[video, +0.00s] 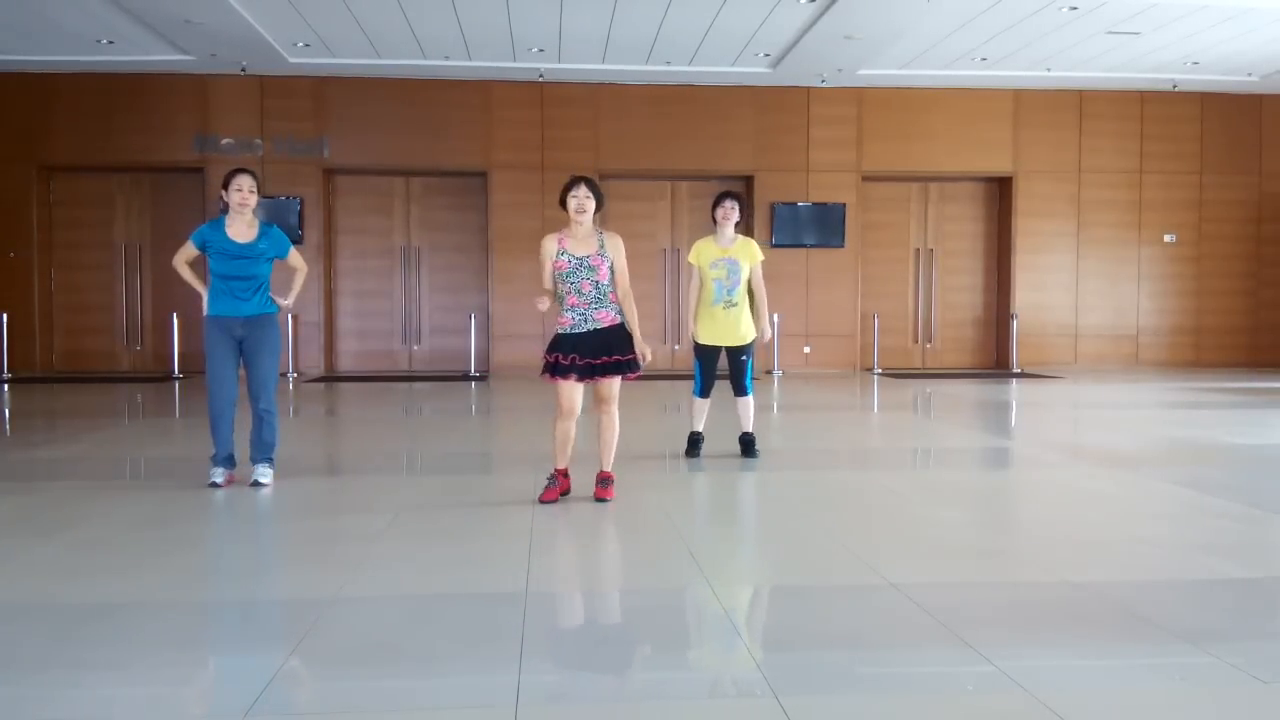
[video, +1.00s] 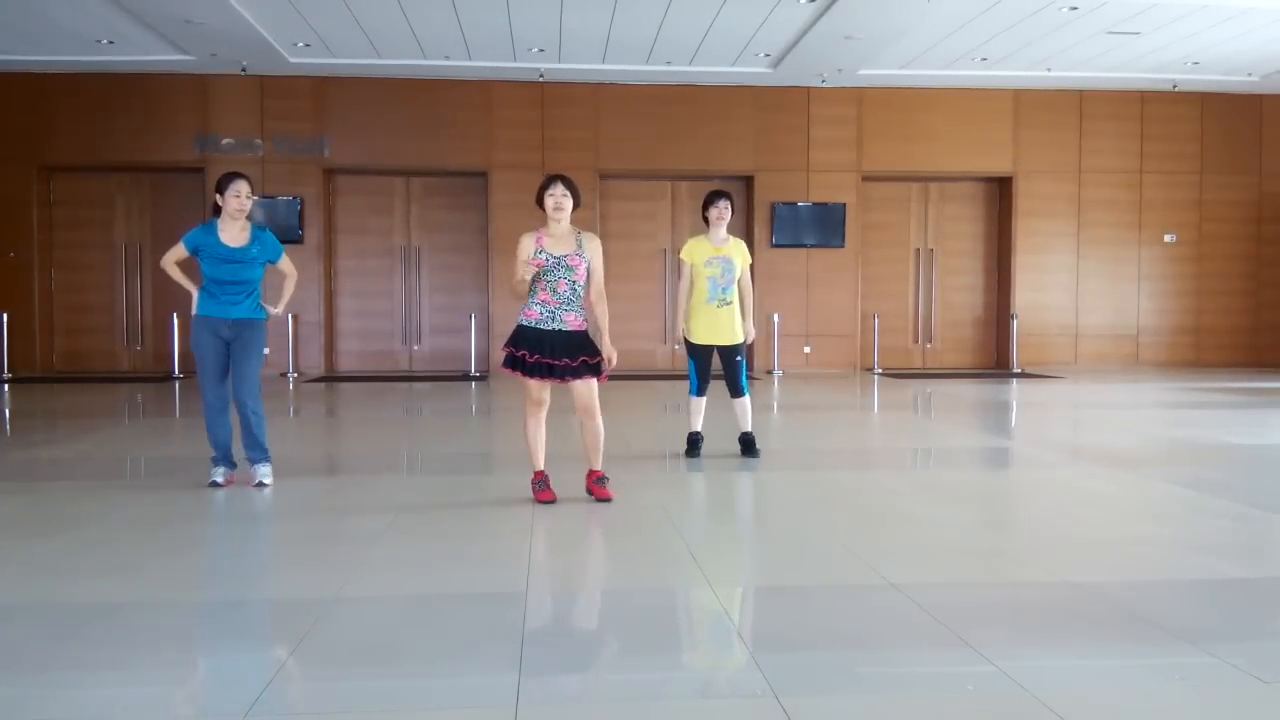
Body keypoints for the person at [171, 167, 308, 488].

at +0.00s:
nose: (245, 195)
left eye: (251, 191)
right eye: (238, 190)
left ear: (258, 197)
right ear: (225, 195)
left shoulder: (271, 234)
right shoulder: (210, 231)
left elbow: (301, 267)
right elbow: (178, 261)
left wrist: (289, 299)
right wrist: (203, 291)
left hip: (262, 322)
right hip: (219, 323)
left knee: (263, 397)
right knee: (221, 396)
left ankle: (263, 463)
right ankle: (222, 464)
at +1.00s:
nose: (243, 202)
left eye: (247, 197)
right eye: (236, 196)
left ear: (253, 201)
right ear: (220, 199)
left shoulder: (262, 237)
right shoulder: (203, 234)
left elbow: (291, 274)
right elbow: (166, 261)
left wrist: (280, 307)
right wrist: (193, 289)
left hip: (250, 324)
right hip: (208, 324)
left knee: (247, 396)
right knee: (214, 397)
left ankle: (260, 463)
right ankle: (222, 464)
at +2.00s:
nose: (264, 200)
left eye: (264, 194)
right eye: (258, 194)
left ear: (254, 198)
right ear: (239, 197)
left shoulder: (269, 234)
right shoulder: (214, 233)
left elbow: (285, 270)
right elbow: (174, 265)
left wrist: (290, 297)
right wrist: (208, 292)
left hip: (270, 322)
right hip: (231, 323)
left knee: (271, 396)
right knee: (230, 397)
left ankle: (269, 463)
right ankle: (222, 464)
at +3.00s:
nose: (241, 202)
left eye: (241, 196)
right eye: (235, 196)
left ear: (232, 199)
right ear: (215, 198)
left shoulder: (243, 237)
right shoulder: (191, 233)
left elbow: (271, 277)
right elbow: (148, 263)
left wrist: (303, 295)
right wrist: (183, 291)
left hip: (241, 324)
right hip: (203, 324)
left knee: (250, 395)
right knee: (209, 399)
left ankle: (245, 465)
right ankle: (215, 467)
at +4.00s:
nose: (240, 202)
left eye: (242, 196)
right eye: (233, 196)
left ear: (242, 200)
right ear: (214, 198)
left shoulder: (254, 235)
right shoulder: (193, 237)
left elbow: (274, 276)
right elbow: (170, 270)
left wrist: (299, 312)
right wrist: (198, 294)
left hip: (256, 324)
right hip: (215, 326)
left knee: (252, 397)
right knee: (201, 395)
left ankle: (250, 463)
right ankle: (190, 465)